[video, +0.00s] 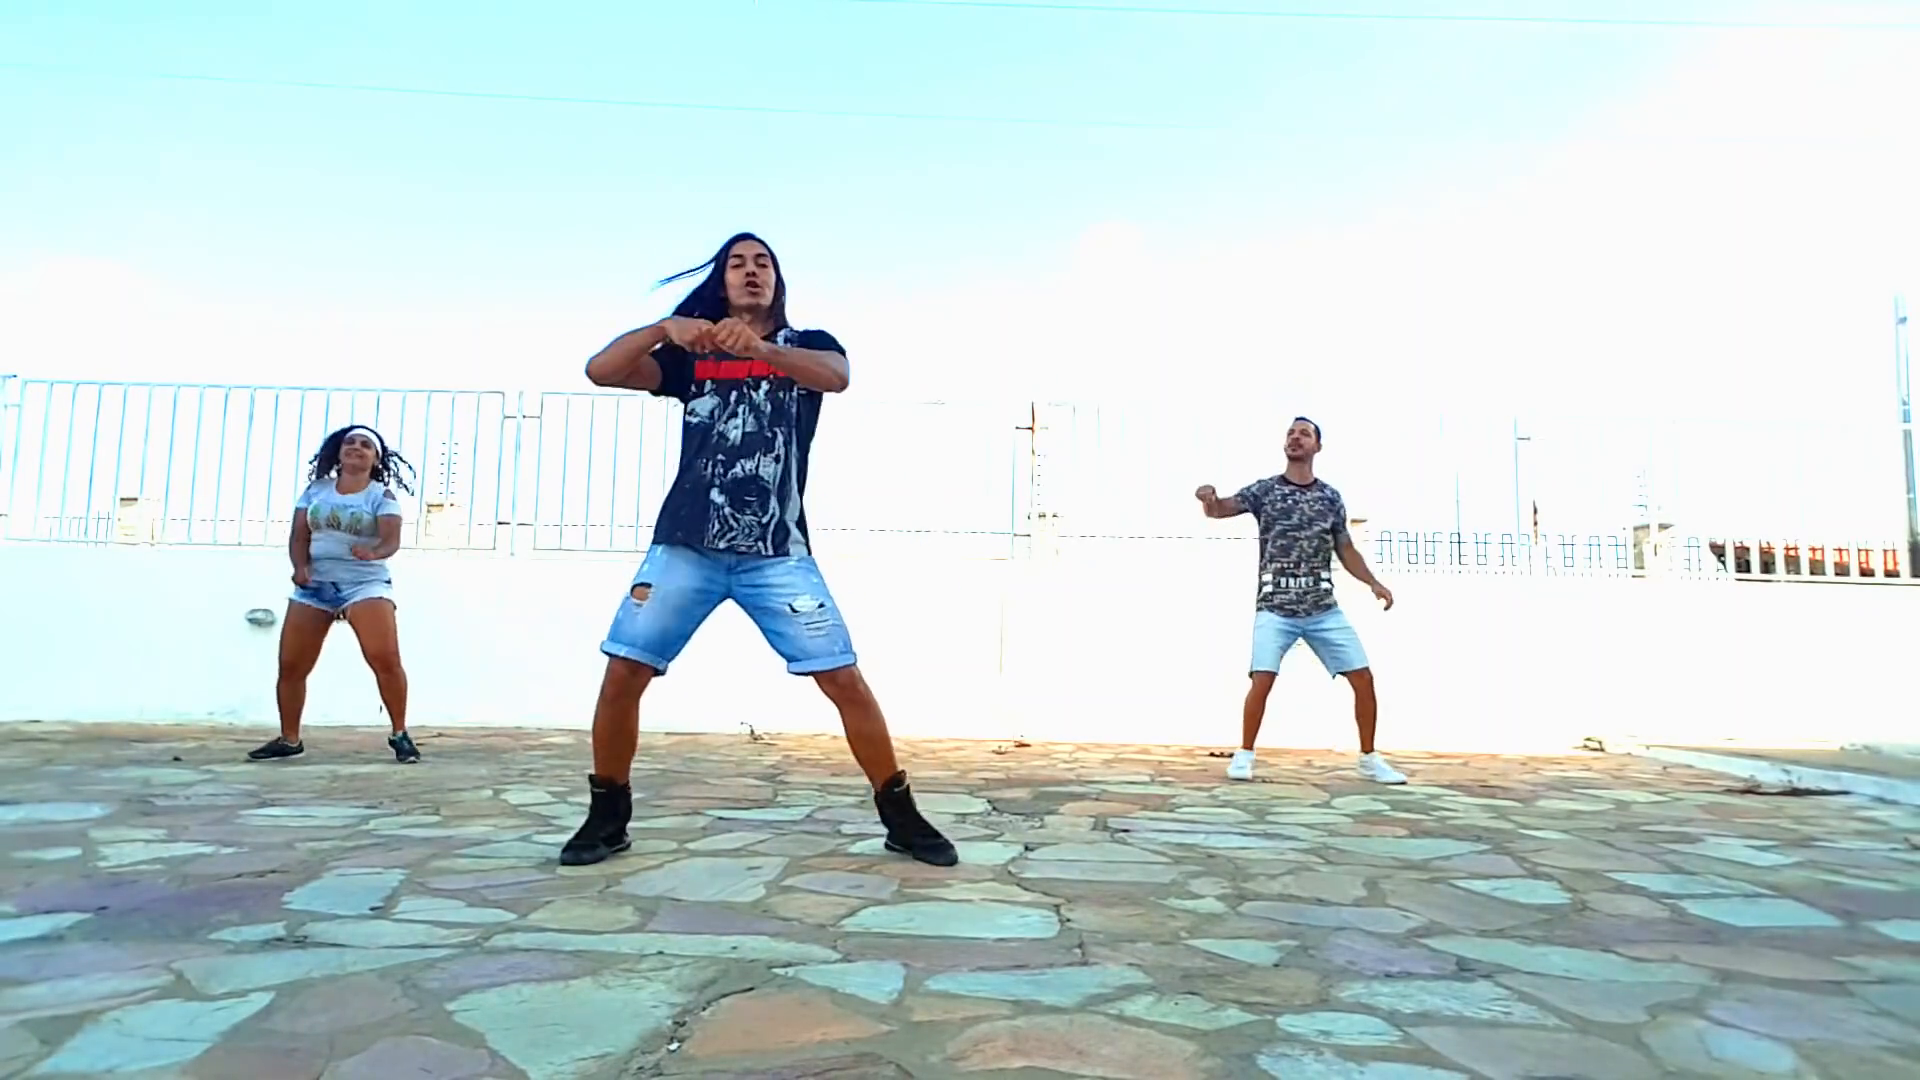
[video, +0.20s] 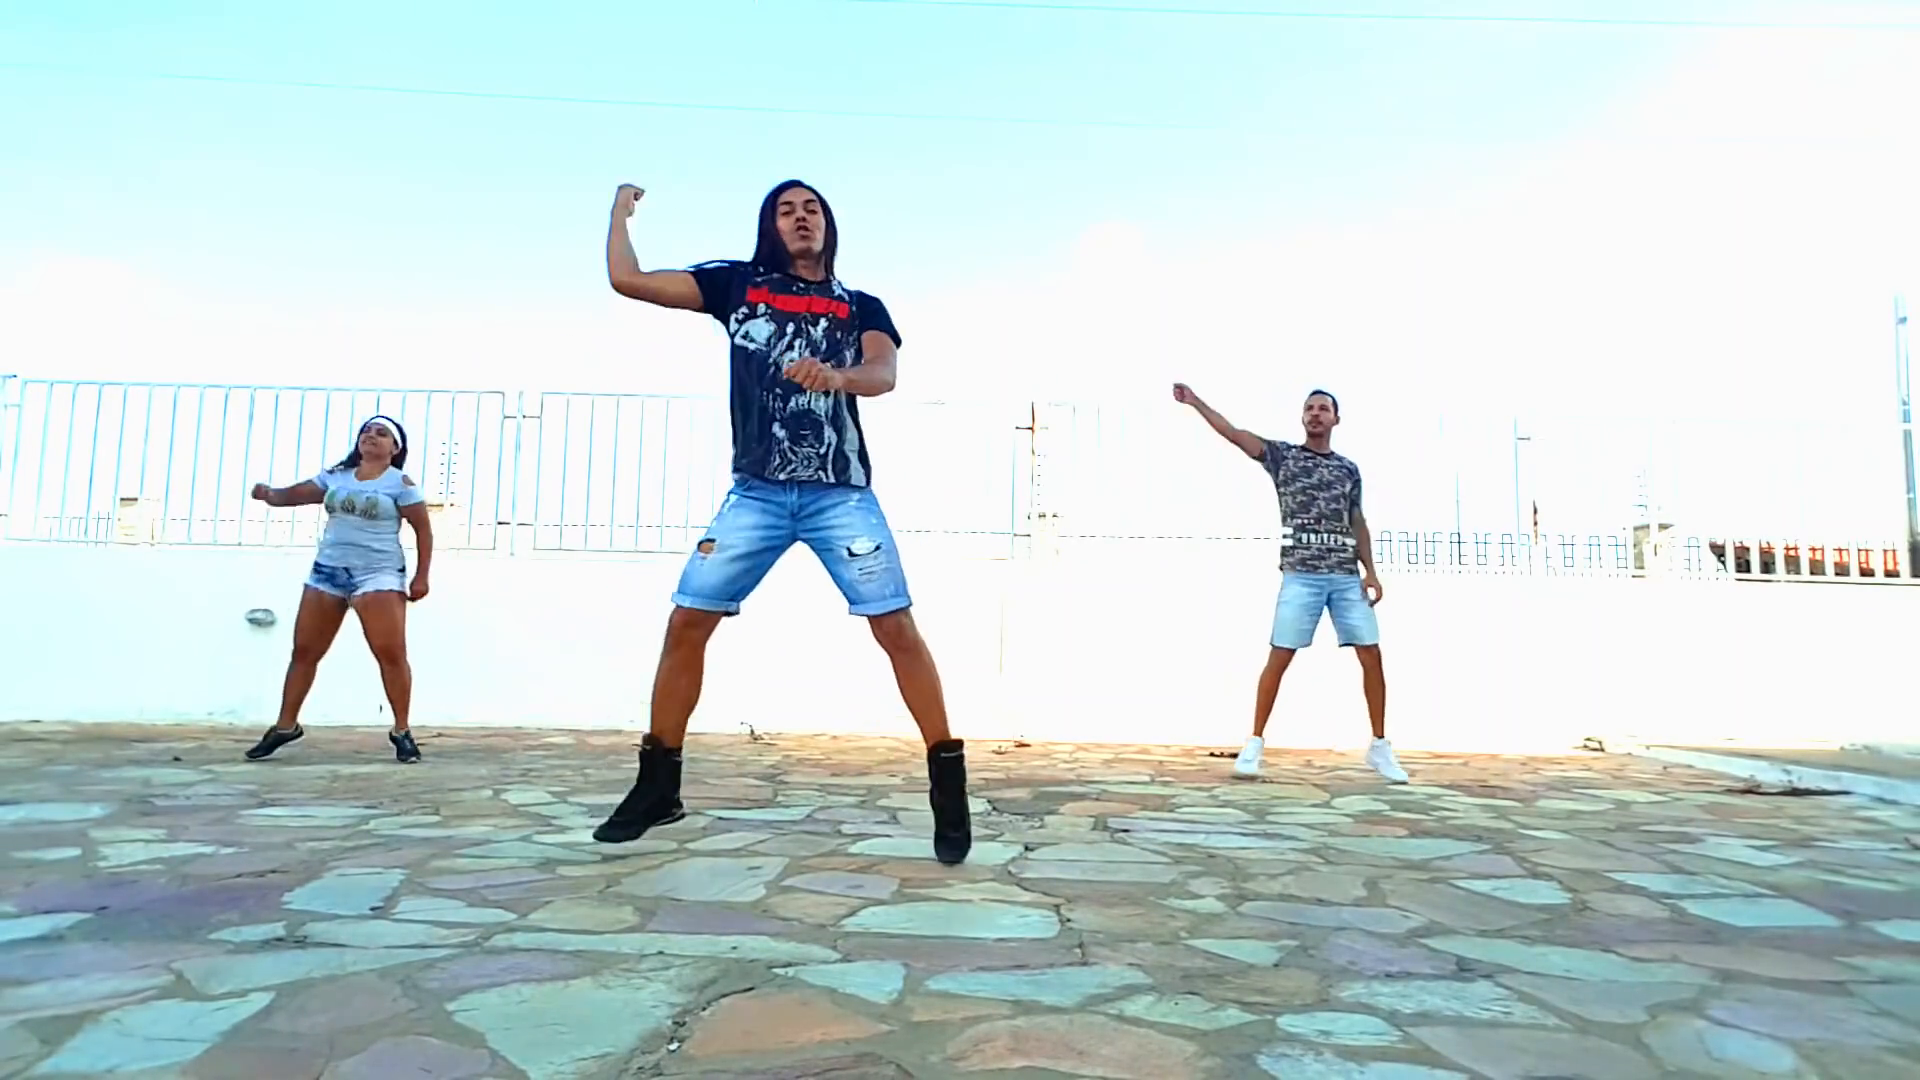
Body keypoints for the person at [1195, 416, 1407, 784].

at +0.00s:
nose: (1296, 437)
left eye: (1305, 433)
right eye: (1291, 432)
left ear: (1317, 447)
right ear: (1284, 444)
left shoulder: (1330, 498)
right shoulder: (1265, 490)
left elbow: (1346, 549)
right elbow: (1219, 510)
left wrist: (1373, 583)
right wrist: (1209, 499)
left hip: (1322, 609)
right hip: (1275, 608)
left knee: (1362, 676)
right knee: (1263, 677)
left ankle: (1369, 757)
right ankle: (1245, 754)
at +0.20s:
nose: (1316, 414)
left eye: (1323, 409)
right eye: (1310, 409)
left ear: (1336, 419)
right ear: (1302, 418)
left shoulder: (1348, 470)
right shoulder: (1282, 456)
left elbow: (1358, 525)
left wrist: (1370, 572)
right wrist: (1195, 401)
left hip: (1347, 576)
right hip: (1301, 575)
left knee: (1371, 655)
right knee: (1280, 656)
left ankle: (1380, 745)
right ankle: (1255, 742)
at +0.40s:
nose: (1338, 426)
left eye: (1345, 421)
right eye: (1332, 420)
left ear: (1357, 430)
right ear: (1322, 427)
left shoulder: (1366, 482)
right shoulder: (1301, 462)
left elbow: (1377, 537)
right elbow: (1261, 427)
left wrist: (1390, 580)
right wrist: (1282, 386)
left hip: (1357, 587)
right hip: (1313, 584)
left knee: (1397, 660)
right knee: (1304, 663)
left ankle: (1408, 748)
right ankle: (1287, 747)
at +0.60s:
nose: (1366, 431)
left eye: (1372, 426)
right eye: (1359, 425)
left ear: (1382, 435)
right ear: (1348, 433)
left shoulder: (1393, 488)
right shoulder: (1329, 468)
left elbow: (1403, 540)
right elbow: (1294, 428)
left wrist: (1418, 585)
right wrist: (1283, 375)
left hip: (1386, 593)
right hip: (1341, 590)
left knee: (1420, 669)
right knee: (1320, 667)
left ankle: (1412, 753)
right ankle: (1297, 747)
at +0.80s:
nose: (1389, 422)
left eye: (1396, 416)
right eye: (1383, 415)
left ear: (1406, 423)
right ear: (1372, 420)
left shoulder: (1418, 471)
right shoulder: (1352, 457)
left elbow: (1433, 524)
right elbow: (1316, 418)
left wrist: (1449, 565)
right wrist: (1339, 372)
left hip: (1412, 577)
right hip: (1366, 576)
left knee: (1449, 652)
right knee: (1353, 655)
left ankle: (1463, 740)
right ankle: (1341, 743)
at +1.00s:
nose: (1420, 450)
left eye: (1427, 444)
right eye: (1413, 445)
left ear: (1438, 453)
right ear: (1404, 453)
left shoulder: (1452, 506)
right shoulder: (1386, 492)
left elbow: (1466, 555)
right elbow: (1350, 456)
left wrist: (1484, 584)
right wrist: (1340, 407)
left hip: (1446, 612)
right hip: (1398, 610)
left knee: (1495, 681)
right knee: (1378, 679)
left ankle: (1488, 761)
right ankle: (1352, 756)